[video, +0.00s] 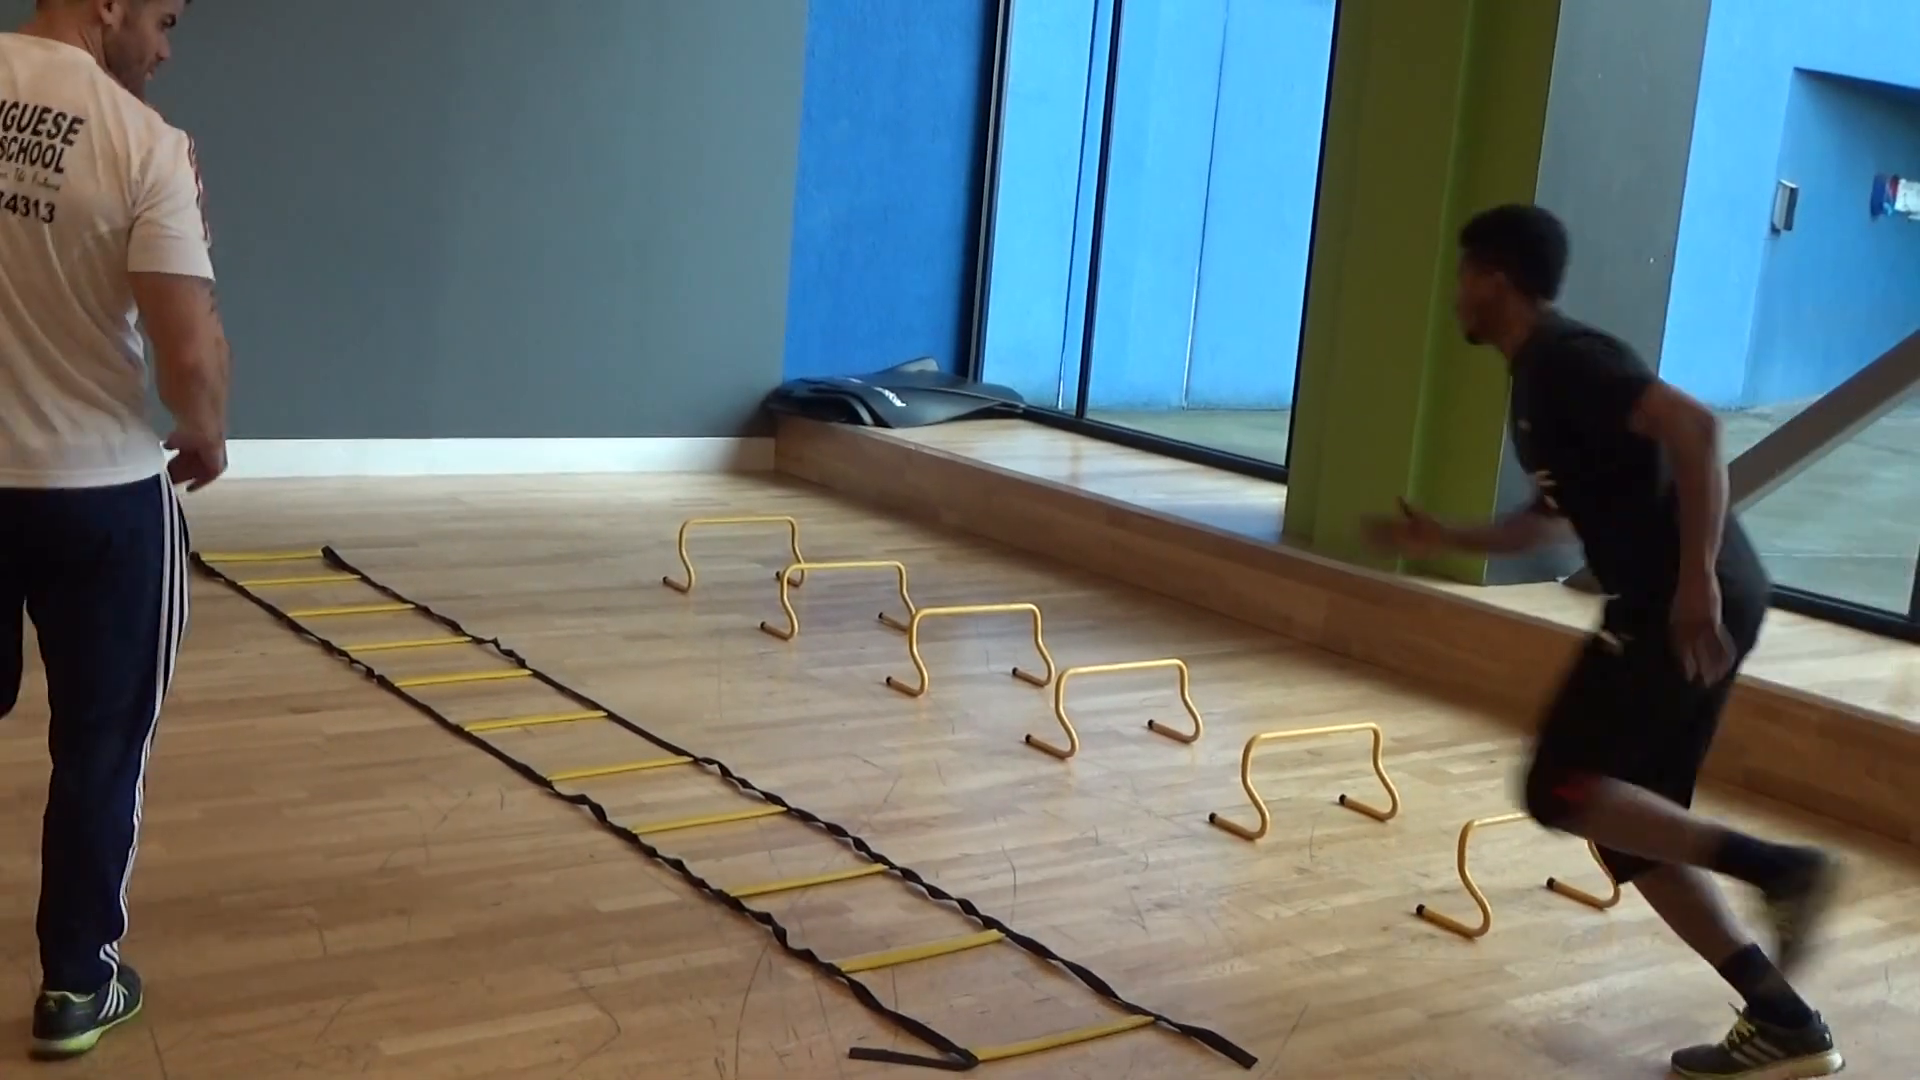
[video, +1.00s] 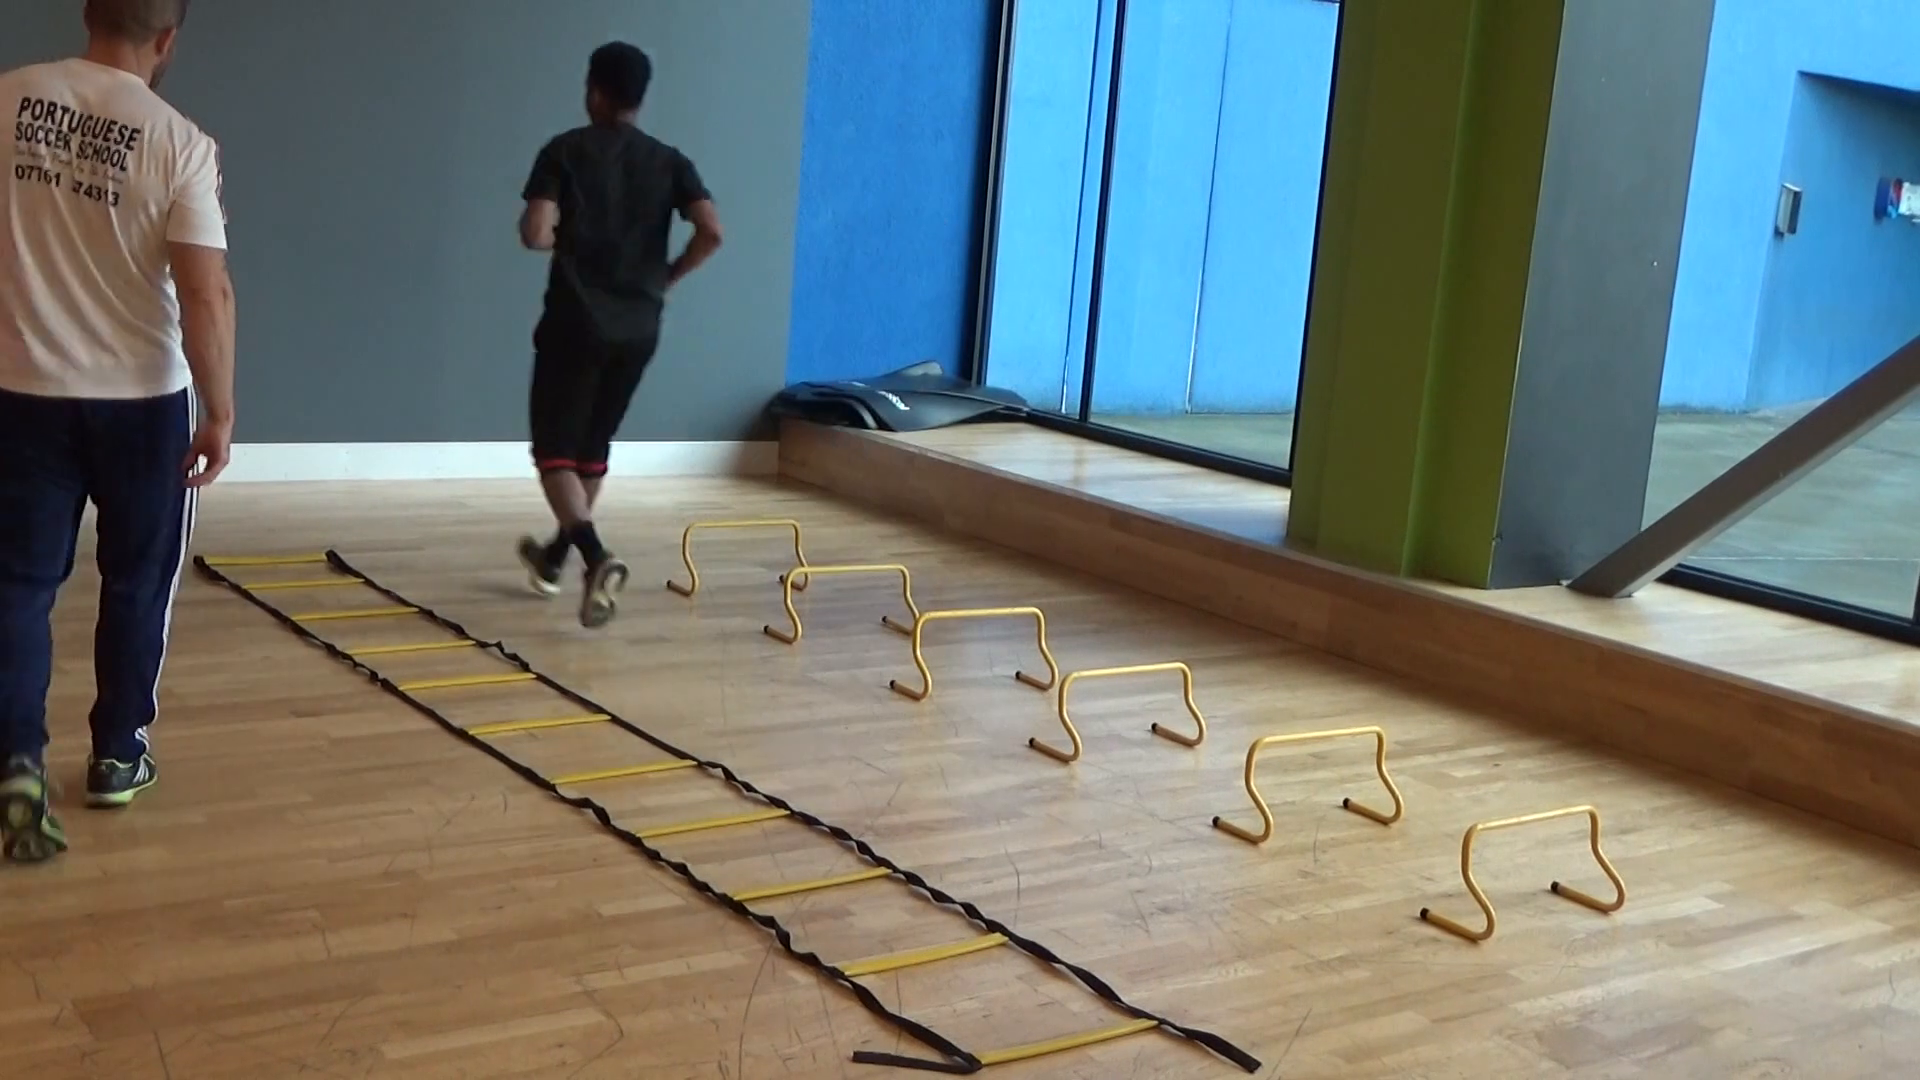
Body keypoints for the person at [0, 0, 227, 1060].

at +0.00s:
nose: (169, 49)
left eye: (173, 26)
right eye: (163, 23)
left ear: (68, 12)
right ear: (104, 11)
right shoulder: (142, 142)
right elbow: (187, 346)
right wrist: (205, 438)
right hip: (95, 489)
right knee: (99, 741)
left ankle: (71, 969)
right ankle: (74, 986)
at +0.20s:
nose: (184, 40)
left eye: (186, 19)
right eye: (178, 17)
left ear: (81, 9)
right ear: (125, 9)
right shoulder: (175, 140)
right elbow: (231, 325)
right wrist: (193, 375)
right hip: (108, 464)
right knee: (103, 730)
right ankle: (75, 985)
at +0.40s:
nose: (169, 59)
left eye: (172, 39)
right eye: (164, 37)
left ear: (82, 23)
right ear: (111, 23)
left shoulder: (1, 89)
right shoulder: (156, 150)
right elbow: (220, 334)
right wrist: (234, 382)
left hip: (1, 449)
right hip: (110, 457)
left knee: (9, 666)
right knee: (117, 692)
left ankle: (9, 852)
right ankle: (86, 932)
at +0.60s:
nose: (152, 37)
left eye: (155, 20)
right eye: (154, 19)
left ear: (62, 6)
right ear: (126, 13)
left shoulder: (0, 73)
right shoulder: (143, 125)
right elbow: (190, 294)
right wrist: (226, 415)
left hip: (4, 413)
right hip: (104, 417)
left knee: (7, 631)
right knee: (144, 604)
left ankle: (12, 842)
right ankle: (101, 806)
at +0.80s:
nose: (152, 46)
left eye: (151, 33)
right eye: (153, 32)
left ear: (66, 16)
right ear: (141, 29)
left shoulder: (6, 79)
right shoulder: (151, 132)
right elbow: (180, 291)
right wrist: (203, 418)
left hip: (8, 402)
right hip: (117, 410)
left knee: (10, 620)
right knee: (123, 599)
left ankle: (14, 836)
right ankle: (124, 762)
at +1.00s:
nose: (166, 54)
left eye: (161, 39)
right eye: (169, 40)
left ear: (86, 23)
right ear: (163, 39)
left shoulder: (12, 92)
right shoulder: (180, 146)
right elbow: (205, 293)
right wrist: (219, 412)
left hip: (21, 397)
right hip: (139, 405)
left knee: (21, 584)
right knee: (138, 583)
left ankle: (18, 764)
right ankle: (118, 757)